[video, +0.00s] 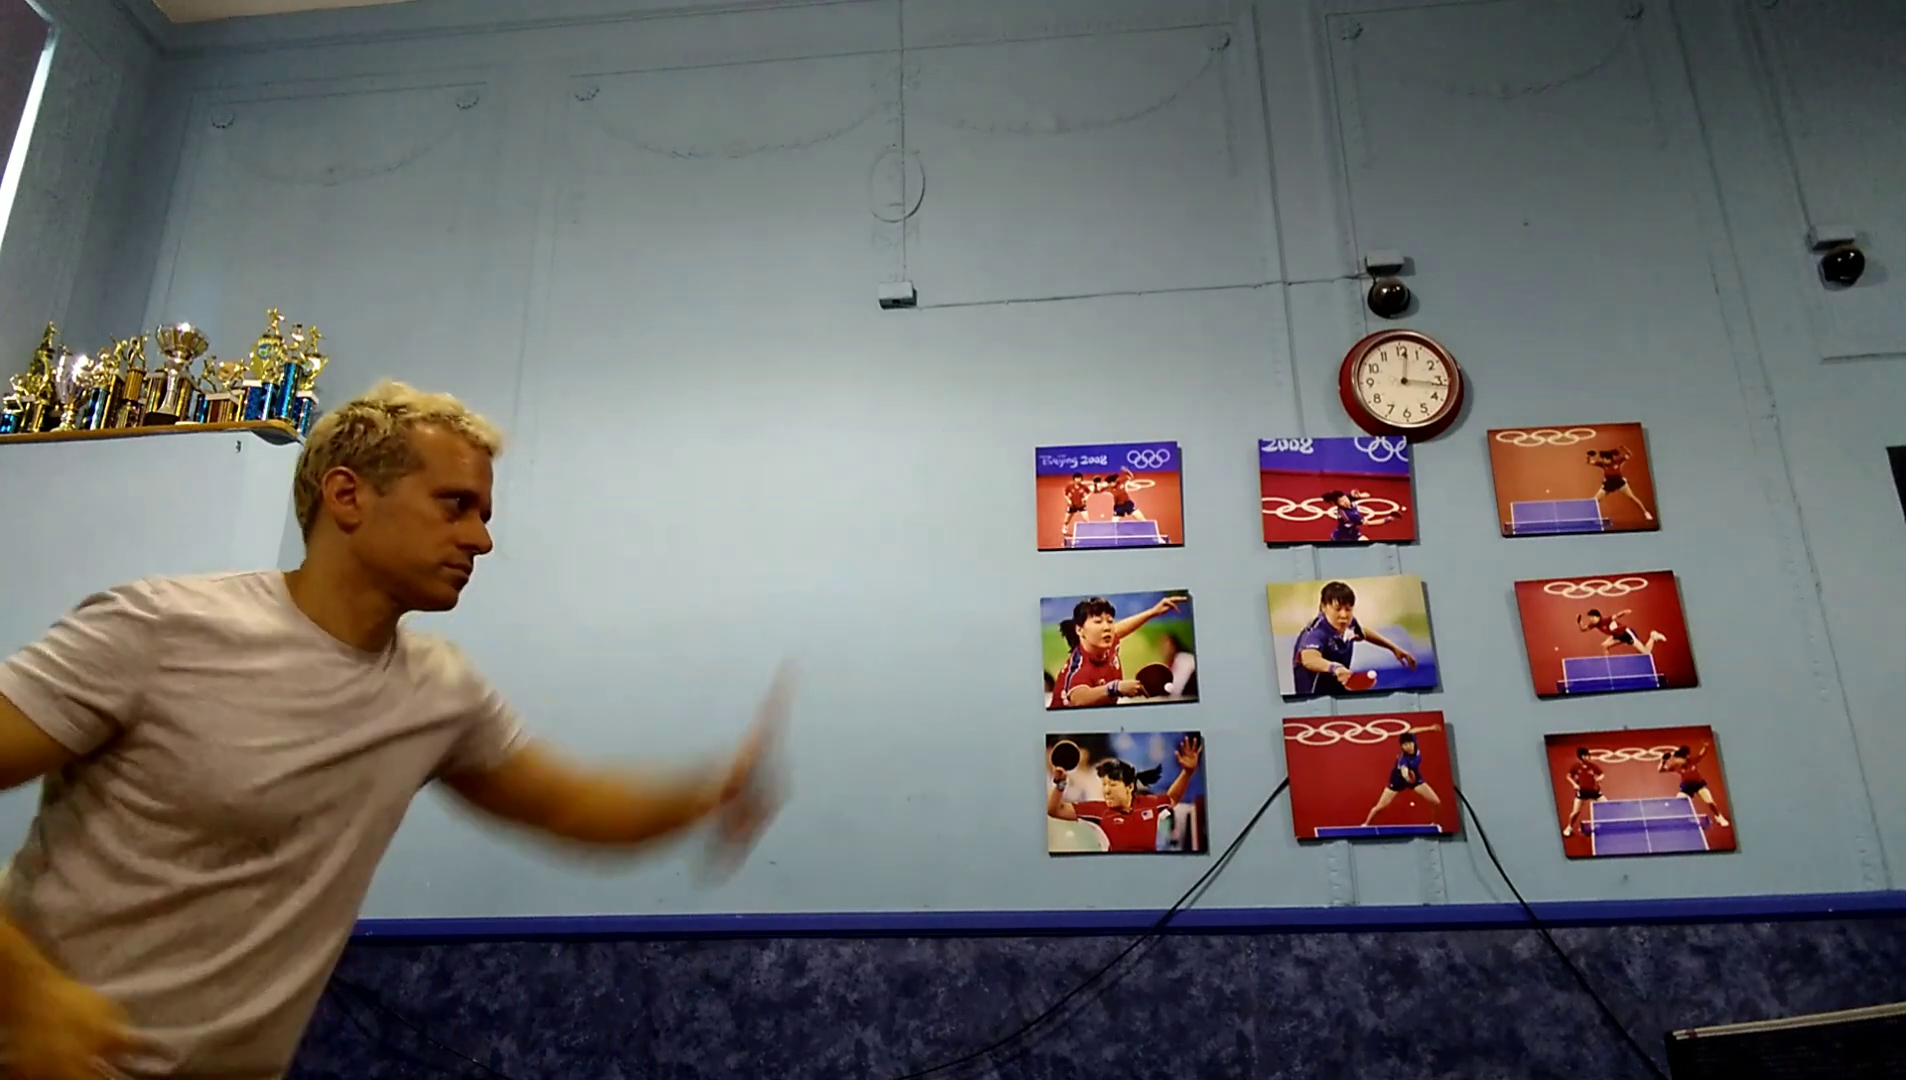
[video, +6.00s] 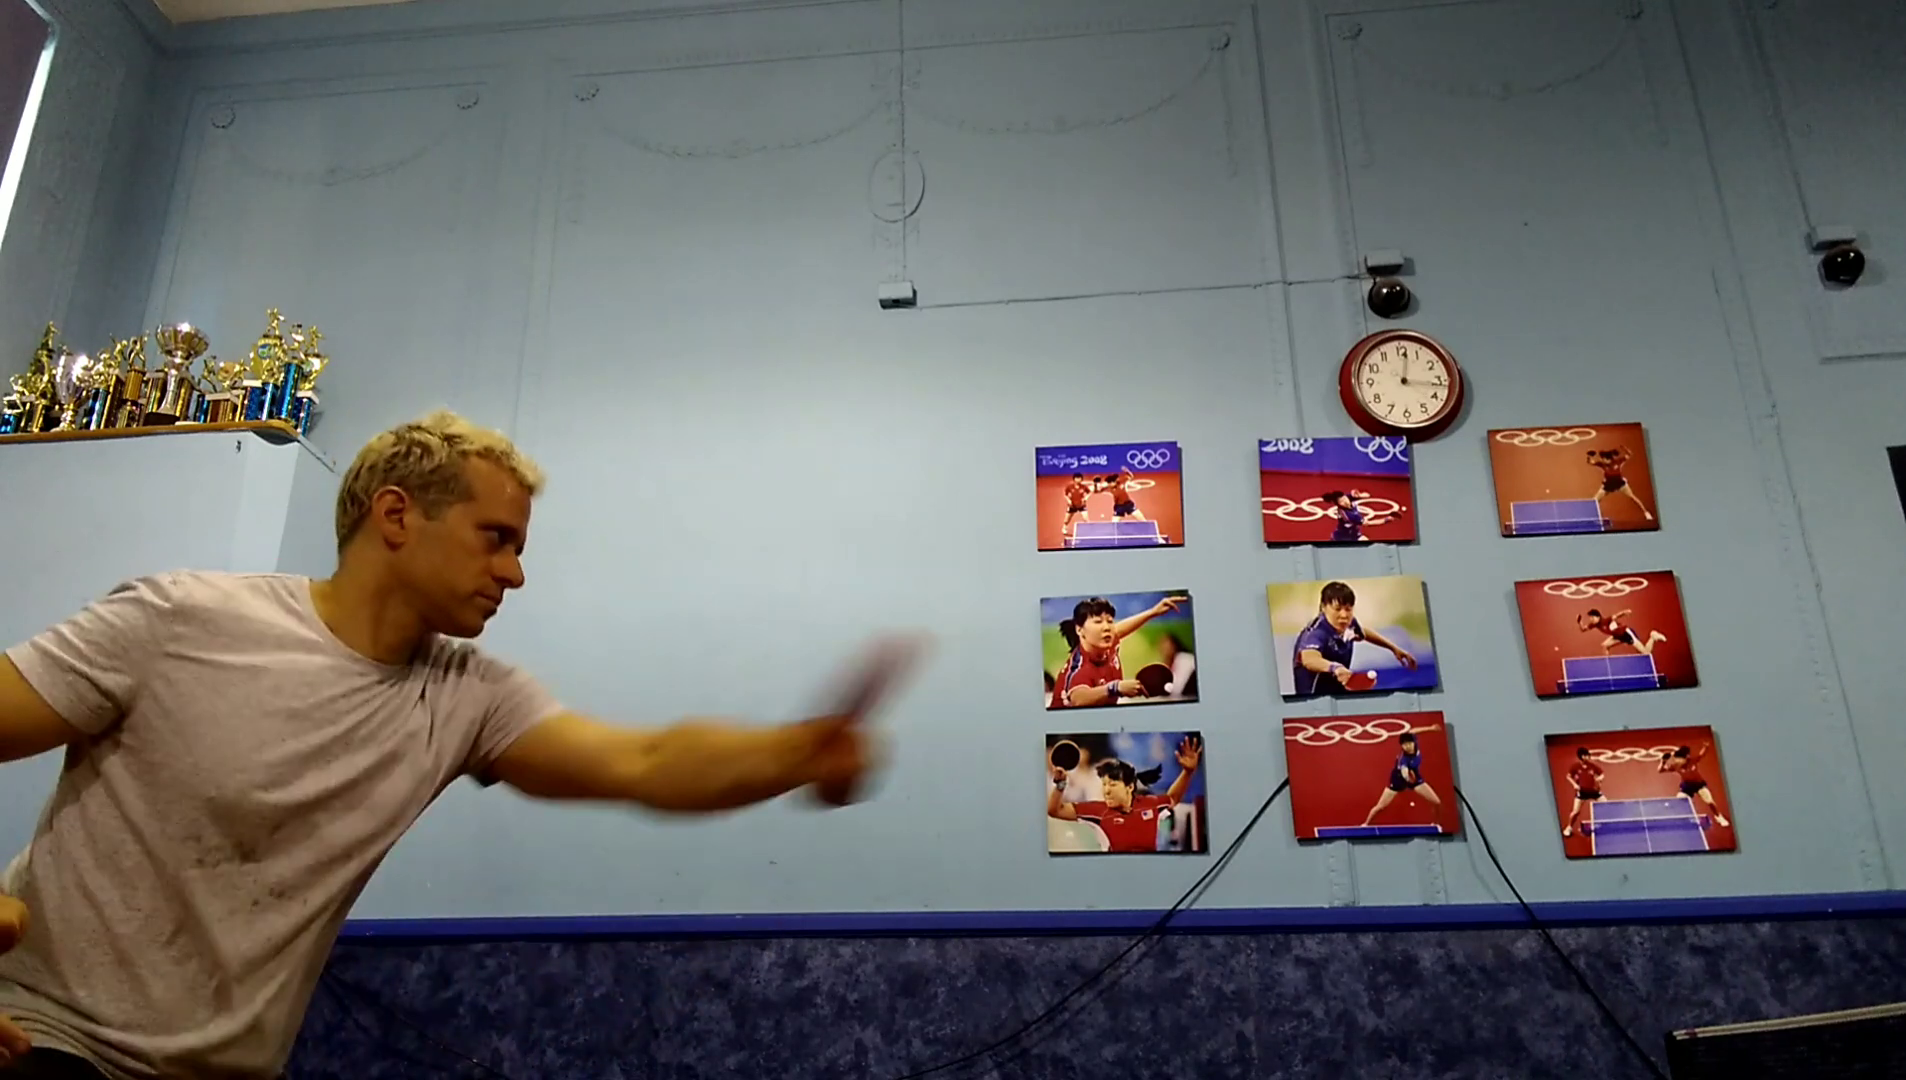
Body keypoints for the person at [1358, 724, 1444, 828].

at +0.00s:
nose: (1408, 747)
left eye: (1409, 744)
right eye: (1405, 745)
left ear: (1413, 743)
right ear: (1402, 747)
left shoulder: (1416, 747)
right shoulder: (1403, 759)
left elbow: (1413, 731)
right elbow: (1404, 771)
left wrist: (1431, 728)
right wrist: (1409, 779)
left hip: (1415, 780)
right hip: (1398, 781)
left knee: (1436, 802)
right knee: (1381, 805)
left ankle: (1434, 823)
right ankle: (1366, 823)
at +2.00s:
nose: (1408, 747)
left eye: (1409, 744)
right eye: (1405, 745)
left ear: (1413, 743)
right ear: (1402, 747)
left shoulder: (1415, 746)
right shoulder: (1403, 759)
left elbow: (1413, 731)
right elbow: (1404, 772)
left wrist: (1431, 728)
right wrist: (1409, 779)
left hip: (1415, 779)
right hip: (1398, 781)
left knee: (1436, 802)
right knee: (1381, 805)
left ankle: (1434, 823)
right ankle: (1366, 823)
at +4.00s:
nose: (1408, 747)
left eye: (1409, 744)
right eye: (1405, 745)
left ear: (1413, 743)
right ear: (1402, 746)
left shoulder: (1416, 747)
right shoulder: (1403, 759)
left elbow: (1413, 731)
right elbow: (1404, 772)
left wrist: (1431, 728)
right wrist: (1409, 779)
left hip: (1415, 780)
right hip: (1398, 781)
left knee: (1436, 801)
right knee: (1381, 805)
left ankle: (1434, 823)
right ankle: (1366, 823)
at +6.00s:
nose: (1408, 747)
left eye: (1409, 744)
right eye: (1405, 745)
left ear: (1414, 743)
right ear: (1402, 746)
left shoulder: (1416, 748)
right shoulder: (1403, 759)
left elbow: (1413, 731)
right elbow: (1404, 771)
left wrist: (1431, 728)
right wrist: (1409, 778)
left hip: (1415, 779)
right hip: (1398, 781)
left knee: (1436, 802)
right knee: (1380, 806)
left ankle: (1435, 824)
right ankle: (1366, 823)